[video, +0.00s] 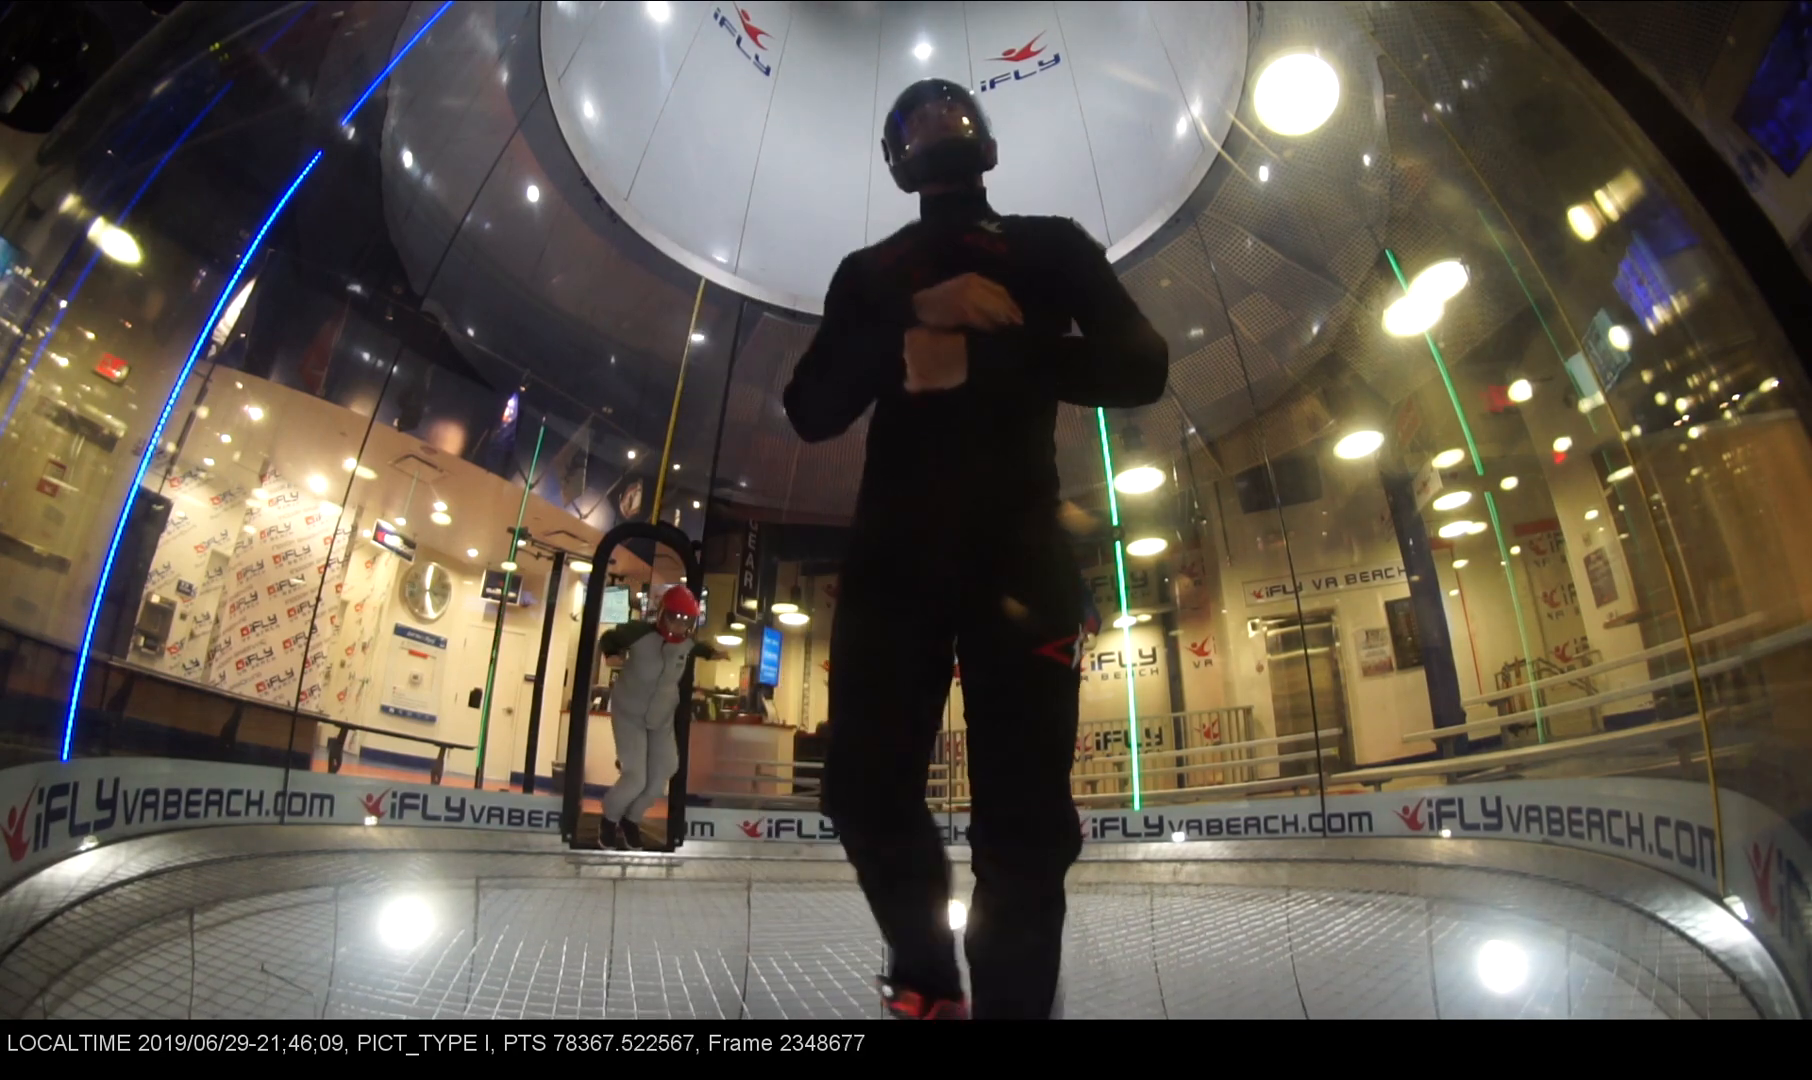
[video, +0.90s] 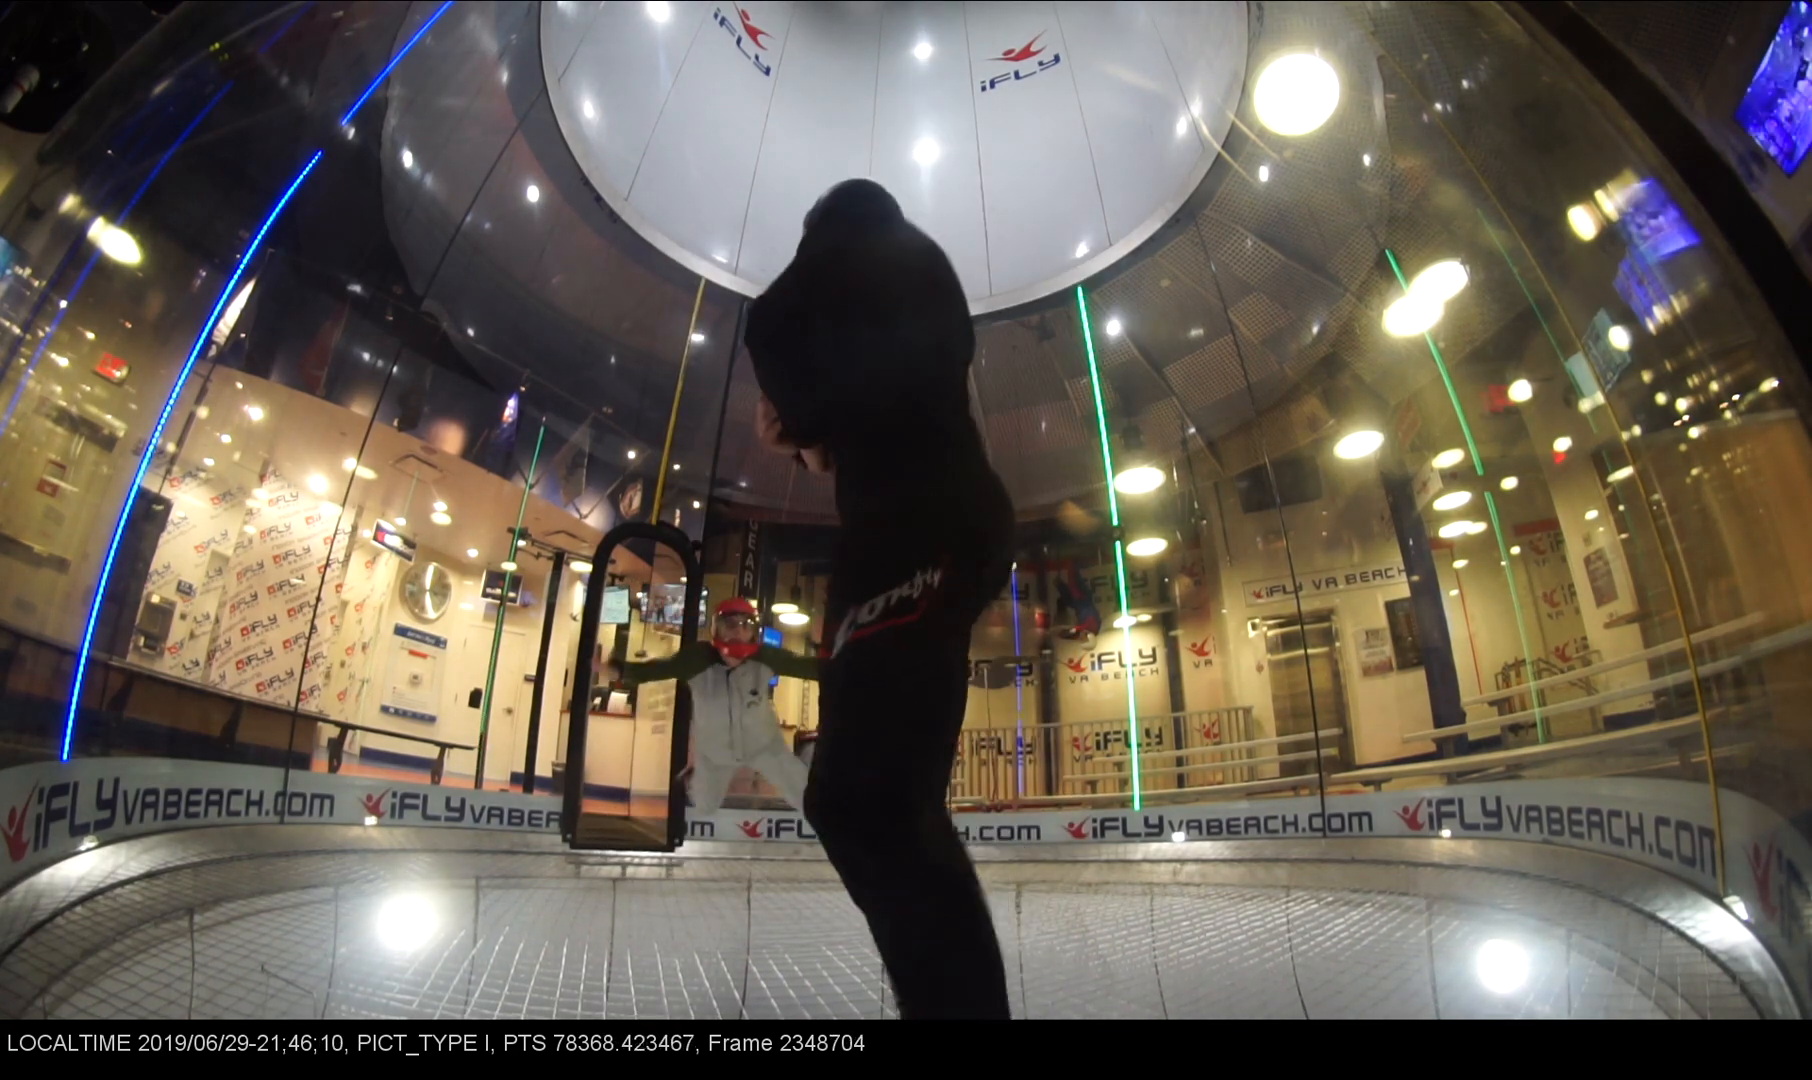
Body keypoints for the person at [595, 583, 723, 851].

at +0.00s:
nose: (680, 627)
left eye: (686, 622)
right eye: (675, 619)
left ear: (692, 622)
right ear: (662, 614)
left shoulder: (688, 644)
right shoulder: (640, 632)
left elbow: (702, 648)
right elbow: (607, 642)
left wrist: (715, 653)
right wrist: (613, 654)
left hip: (662, 721)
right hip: (629, 716)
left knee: (660, 782)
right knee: (635, 778)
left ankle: (631, 820)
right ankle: (610, 818)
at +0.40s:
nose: (698, 654)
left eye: (705, 649)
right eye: (693, 646)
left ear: (712, 651)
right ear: (679, 643)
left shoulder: (705, 676)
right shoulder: (655, 663)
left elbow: (717, 685)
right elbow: (626, 674)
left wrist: (739, 675)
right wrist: (609, 678)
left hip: (674, 757)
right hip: (638, 753)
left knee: (677, 816)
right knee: (639, 813)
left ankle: (642, 833)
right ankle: (611, 822)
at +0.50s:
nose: (706, 657)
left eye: (713, 652)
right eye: (700, 650)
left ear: (720, 654)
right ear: (686, 648)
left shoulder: (716, 678)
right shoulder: (661, 668)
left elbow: (734, 689)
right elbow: (627, 679)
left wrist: (755, 676)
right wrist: (605, 683)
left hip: (683, 760)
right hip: (643, 759)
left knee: (695, 825)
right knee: (642, 826)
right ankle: (612, 819)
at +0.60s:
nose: (714, 655)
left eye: (721, 649)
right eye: (707, 647)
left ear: (728, 652)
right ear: (693, 646)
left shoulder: (732, 675)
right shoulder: (670, 671)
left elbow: (764, 689)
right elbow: (634, 680)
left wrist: (784, 668)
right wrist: (609, 679)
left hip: (698, 758)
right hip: (654, 759)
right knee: (642, 821)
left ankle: (687, 803)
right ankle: (614, 821)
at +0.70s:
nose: (722, 646)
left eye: (729, 640)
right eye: (715, 639)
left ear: (737, 643)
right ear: (701, 640)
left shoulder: (743, 669)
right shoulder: (677, 664)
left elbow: (790, 681)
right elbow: (630, 676)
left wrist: (808, 652)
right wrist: (606, 667)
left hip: (722, 756)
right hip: (674, 759)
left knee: (761, 809)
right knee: (654, 815)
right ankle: (620, 820)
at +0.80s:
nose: (730, 637)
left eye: (737, 630)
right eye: (723, 629)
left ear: (746, 635)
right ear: (708, 632)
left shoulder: (756, 660)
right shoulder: (686, 660)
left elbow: (803, 671)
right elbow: (640, 668)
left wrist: (815, 644)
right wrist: (616, 658)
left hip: (745, 753)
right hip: (694, 757)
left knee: (785, 807)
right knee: (675, 812)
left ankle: (784, 767)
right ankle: (648, 801)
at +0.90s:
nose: (739, 632)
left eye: (746, 625)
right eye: (731, 625)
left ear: (754, 630)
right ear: (717, 629)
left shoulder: (764, 657)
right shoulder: (698, 657)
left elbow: (810, 668)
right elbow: (659, 669)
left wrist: (841, 668)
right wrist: (619, 670)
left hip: (767, 750)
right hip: (714, 756)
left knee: (814, 800)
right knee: (700, 816)